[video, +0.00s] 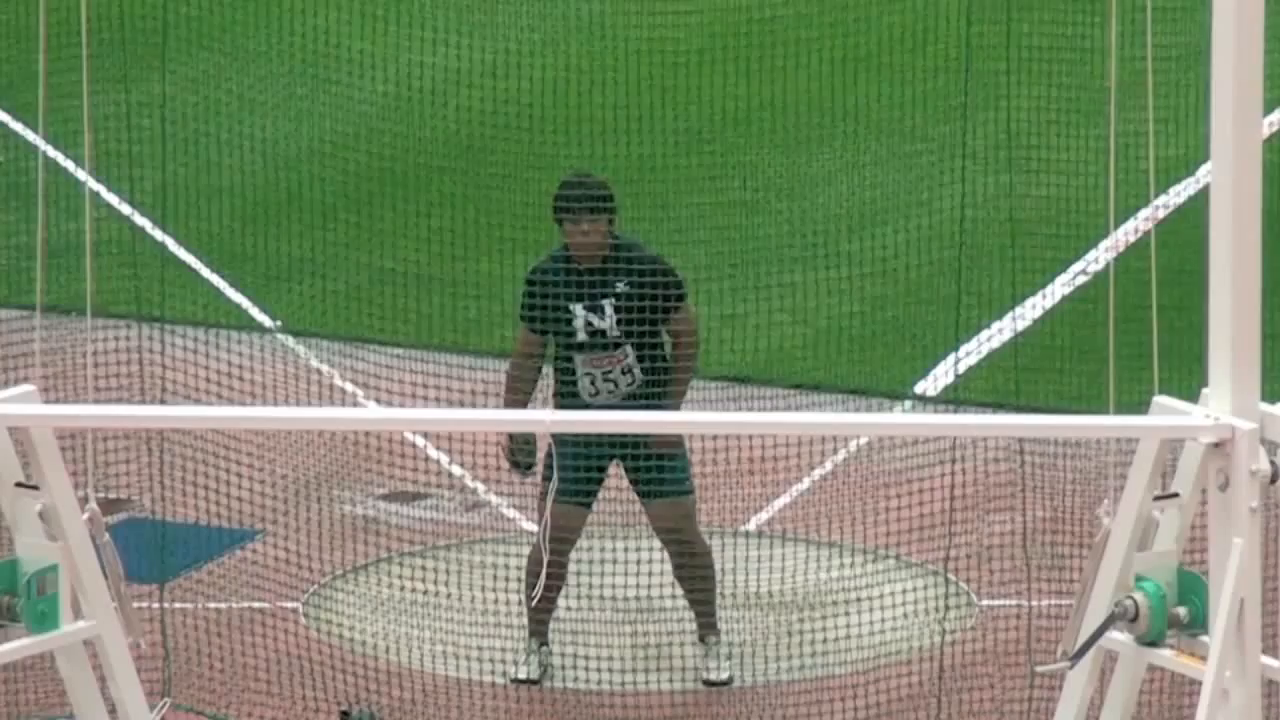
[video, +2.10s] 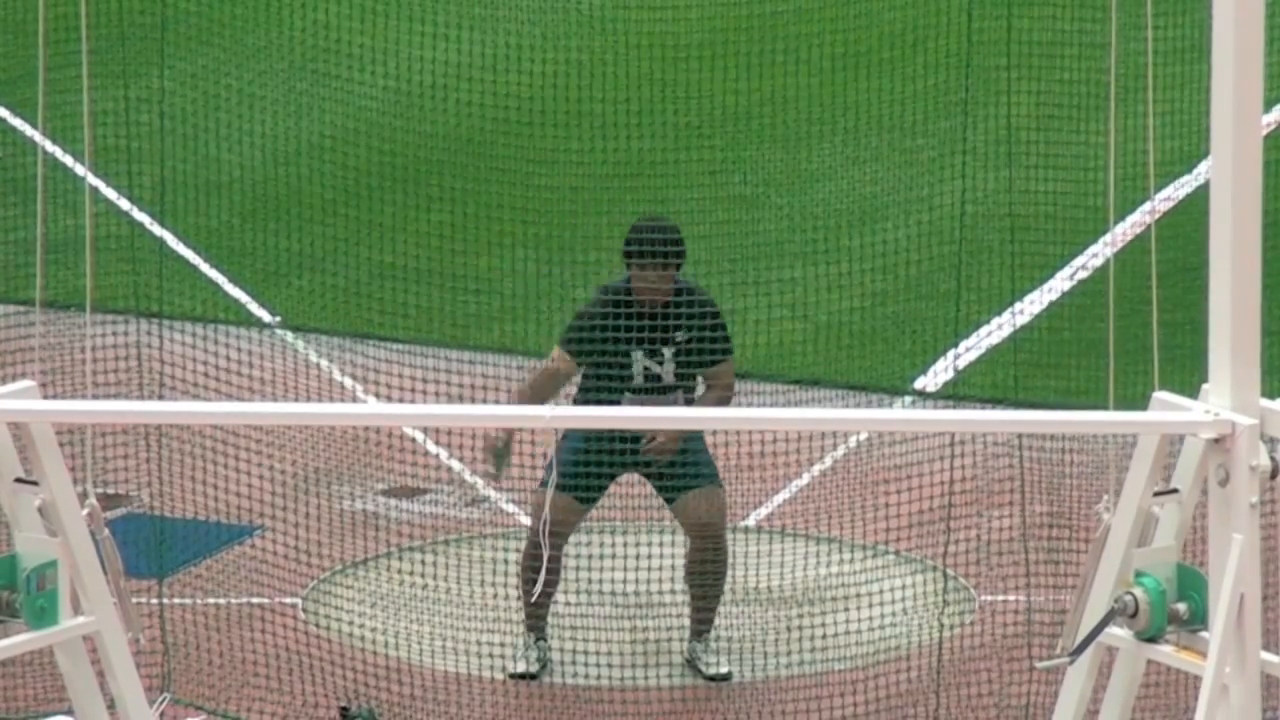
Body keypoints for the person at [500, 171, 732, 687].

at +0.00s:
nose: (586, 232)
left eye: (595, 220)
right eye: (575, 222)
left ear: (612, 221)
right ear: (560, 226)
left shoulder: (649, 271)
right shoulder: (547, 279)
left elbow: (686, 338)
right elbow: (526, 358)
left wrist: (670, 412)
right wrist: (514, 426)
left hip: (649, 420)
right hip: (577, 426)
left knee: (679, 531)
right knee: (555, 535)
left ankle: (710, 641)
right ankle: (536, 644)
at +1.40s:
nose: (562, 251)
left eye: (572, 241)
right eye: (553, 241)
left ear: (591, 243)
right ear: (542, 244)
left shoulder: (622, 290)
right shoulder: (538, 291)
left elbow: (662, 362)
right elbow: (521, 357)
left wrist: (618, 421)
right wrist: (500, 377)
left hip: (641, 428)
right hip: (573, 430)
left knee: (688, 541)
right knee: (532, 532)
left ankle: (699, 643)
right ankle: (535, 643)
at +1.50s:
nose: (577, 253)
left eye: (585, 243)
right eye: (567, 243)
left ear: (603, 244)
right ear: (553, 244)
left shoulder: (626, 292)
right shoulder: (545, 278)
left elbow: (663, 369)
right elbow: (515, 307)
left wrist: (614, 425)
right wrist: (500, 310)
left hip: (641, 428)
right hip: (572, 428)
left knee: (688, 540)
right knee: (530, 530)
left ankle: (700, 643)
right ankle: (533, 640)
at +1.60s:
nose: (581, 257)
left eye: (591, 247)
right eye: (574, 246)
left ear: (612, 250)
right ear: (562, 246)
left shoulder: (635, 297)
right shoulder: (553, 271)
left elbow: (667, 376)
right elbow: (519, 254)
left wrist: (614, 425)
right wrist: (494, 243)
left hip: (642, 429)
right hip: (574, 428)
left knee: (691, 534)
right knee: (531, 526)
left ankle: (700, 643)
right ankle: (534, 641)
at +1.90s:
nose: (622, 271)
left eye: (632, 261)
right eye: (613, 260)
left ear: (648, 263)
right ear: (599, 259)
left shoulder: (671, 309)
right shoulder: (581, 290)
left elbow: (696, 388)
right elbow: (502, 275)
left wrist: (640, 427)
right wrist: (436, 260)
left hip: (662, 431)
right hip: (588, 427)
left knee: (703, 530)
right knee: (540, 524)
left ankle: (701, 642)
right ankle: (533, 639)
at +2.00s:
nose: (640, 277)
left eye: (649, 266)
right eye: (630, 266)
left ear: (664, 265)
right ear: (614, 263)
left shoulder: (687, 313)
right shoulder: (594, 299)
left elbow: (710, 391)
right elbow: (520, 322)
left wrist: (658, 428)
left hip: (671, 431)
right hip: (595, 427)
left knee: (707, 526)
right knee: (544, 525)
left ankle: (701, 642)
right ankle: (534, 640)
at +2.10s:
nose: (656, 279)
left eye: (665, 269)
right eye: (646, 269)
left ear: (678, 268)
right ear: (630, 268)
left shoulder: (699, 311)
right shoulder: (604, 309)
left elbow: (722, 387)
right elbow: (554, 373)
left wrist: (681, 427)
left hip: (671, 431)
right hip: (599, 429)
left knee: (710, 525)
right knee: (549, 524)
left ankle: (700, 642)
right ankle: (534, 639)